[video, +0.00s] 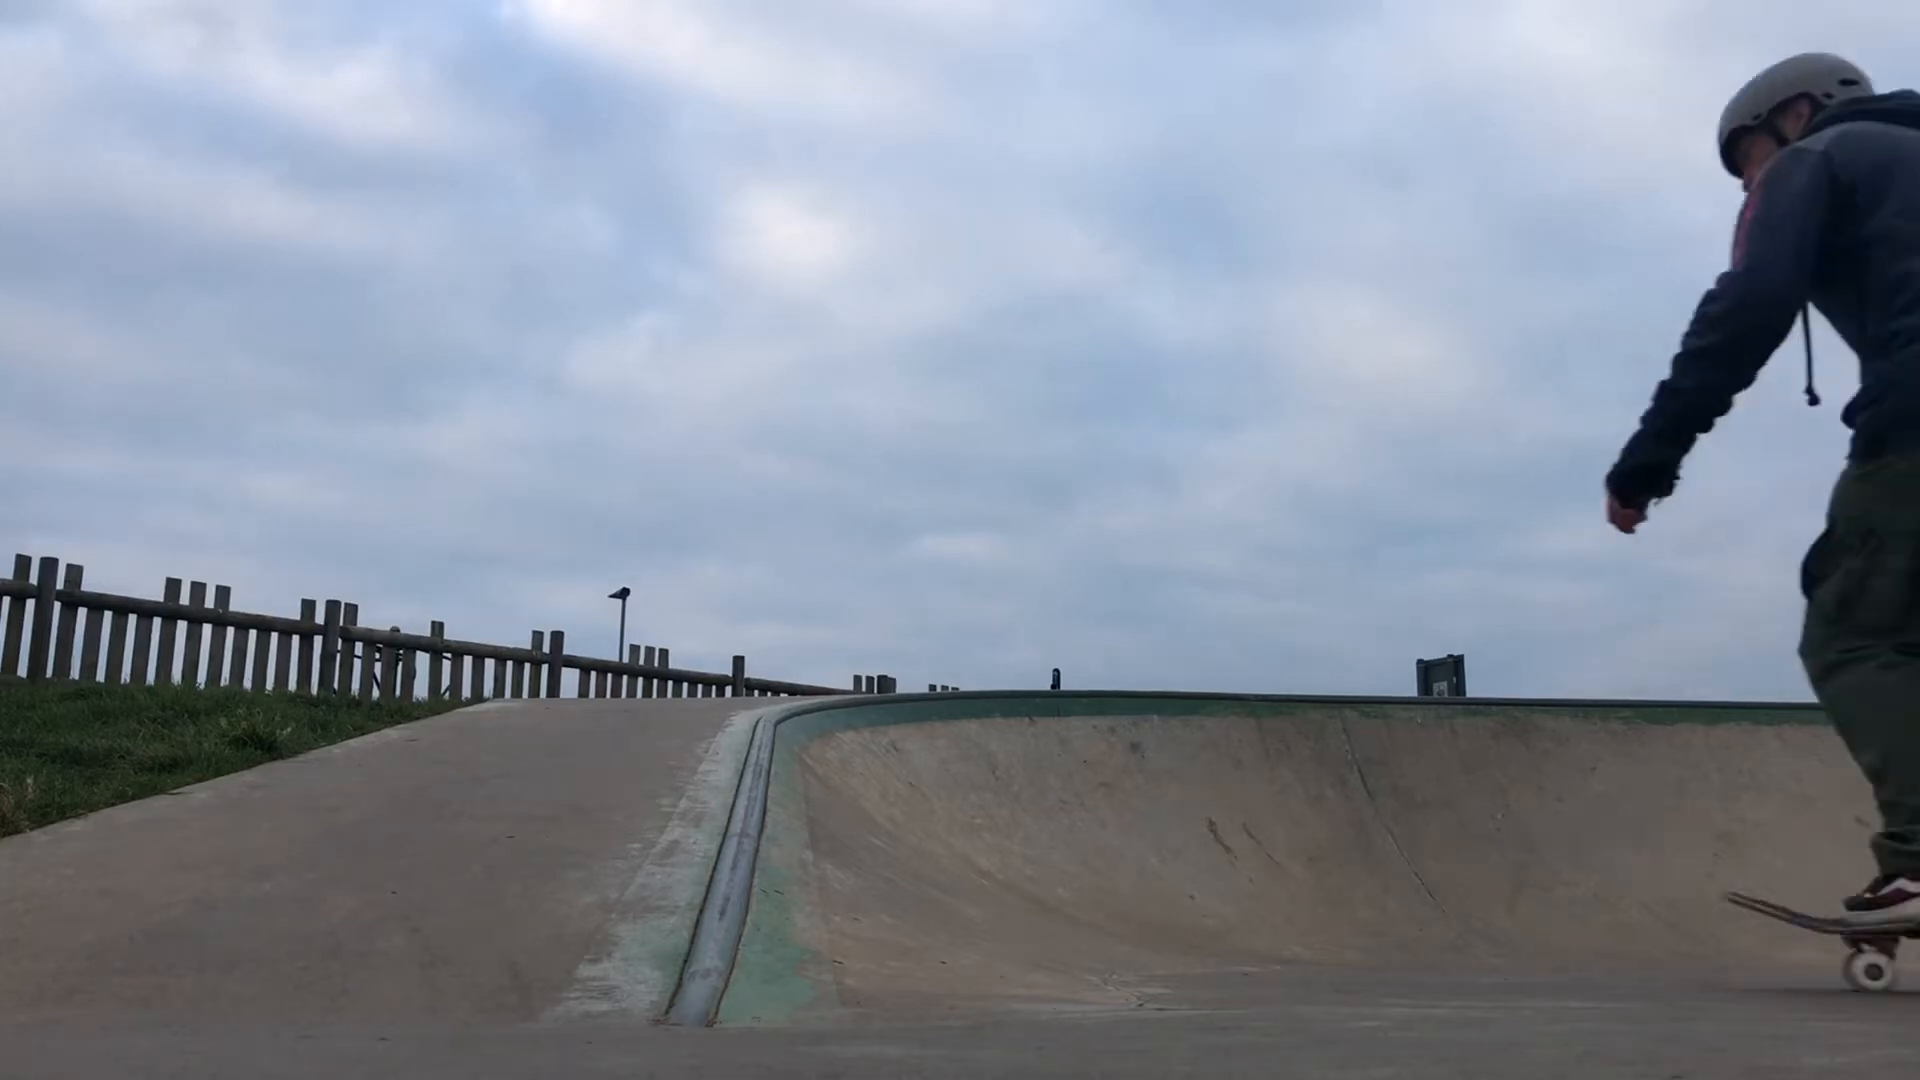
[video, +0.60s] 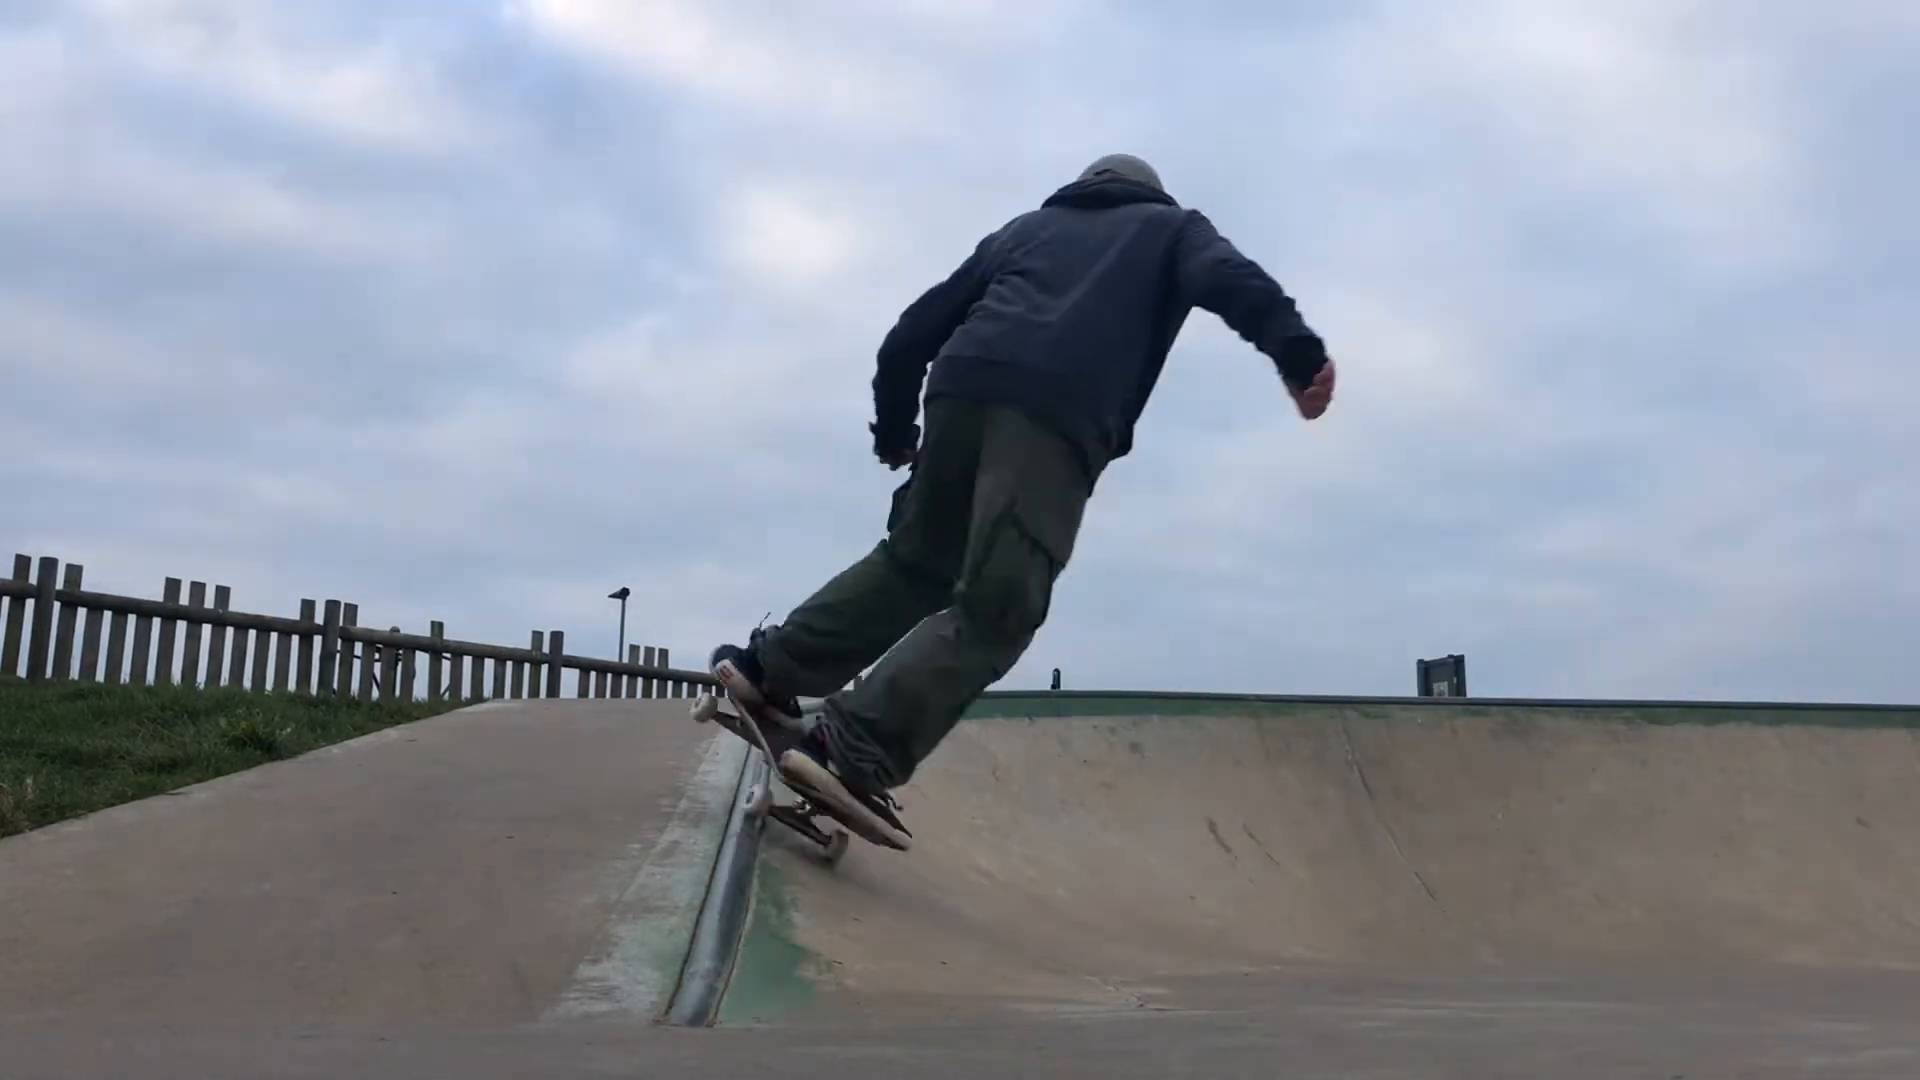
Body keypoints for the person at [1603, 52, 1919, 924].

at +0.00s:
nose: (1751, 185)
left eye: (1753, 161)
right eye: (1746, 171)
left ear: (1797, 114)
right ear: (1822, 111)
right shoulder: (1903, 145)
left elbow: (1746, 313)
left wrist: (1648, 459)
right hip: (1901, 427)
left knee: (1854, 637)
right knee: (1875, 635)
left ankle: (1914, 855)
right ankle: (1910, 858)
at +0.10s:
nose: (1588, 204)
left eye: (1590, 183)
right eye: (1584, 190)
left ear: (1629, 145)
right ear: (1689, 136)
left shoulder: (1638, 195)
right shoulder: (1803, 198)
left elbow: (1542, 339)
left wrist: (1455, 474)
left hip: (1753, 414)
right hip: (1894, 410)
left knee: (1650, 643)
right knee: (1878, 669)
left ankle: (1699, 854)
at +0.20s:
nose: (1446, 211)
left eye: (1448, 196)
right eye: (1444, 200)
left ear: (1478, 172)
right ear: (1546, 161)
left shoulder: (1473, 220)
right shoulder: (1647, 232)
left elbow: (1365, 360)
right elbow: (1772, 362)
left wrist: (1306, 491)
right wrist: (1843, 482)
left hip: (1560, 432)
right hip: (1697, 439)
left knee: (1454, 648)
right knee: (1662, 670)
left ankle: (1477, 855)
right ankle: (1774, 842)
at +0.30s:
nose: (1320, 212)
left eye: (1323, 201)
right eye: (1324, 202)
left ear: (1343, 188)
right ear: (1428, 179)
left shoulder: (1322, 242)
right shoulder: (1505, 247)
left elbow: (1227, 388)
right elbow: (1645, 342)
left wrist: (1217, 509)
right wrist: (1754, 436)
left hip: (1371, 456)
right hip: (1504, 463)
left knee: (1277, 660)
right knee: (1463, 674)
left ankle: (1263, 857)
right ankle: (1540, 845)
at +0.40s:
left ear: (1236, 184)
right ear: (1325, 181)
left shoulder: (1192, 248)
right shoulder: (1379, 239)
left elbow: (1114, 396)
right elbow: (1525, 284)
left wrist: (1150, 482)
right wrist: (1642, 343)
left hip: (1197, 452)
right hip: (1320, 467)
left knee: (1106, 641)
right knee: (1279, 668)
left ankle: (1042, 824)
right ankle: (1293, 855)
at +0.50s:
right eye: (1234, 184)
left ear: (1154, 176)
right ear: (1230, 179)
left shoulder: (1096, 231)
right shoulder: (1256, 215)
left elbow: (1009, 359)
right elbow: (1379, 235)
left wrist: (1038, 444)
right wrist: (1489, 291)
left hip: (1059, 415)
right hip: (1173, 434)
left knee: (974, 597)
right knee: (1119, 644)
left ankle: (840, 724)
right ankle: (1029, 833)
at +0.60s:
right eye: (1165, 195)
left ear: (1087, 185)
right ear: (1152, 193)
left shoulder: (1025, 227)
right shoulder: (1169, 223)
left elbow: (912, 331)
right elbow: (1232, 277)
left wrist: (896, 426)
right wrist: (1301, 351)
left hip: (958, 382)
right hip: (1057, 405)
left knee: (920, 561)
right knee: (996, 609)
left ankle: (769, 670)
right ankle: (851, 750)